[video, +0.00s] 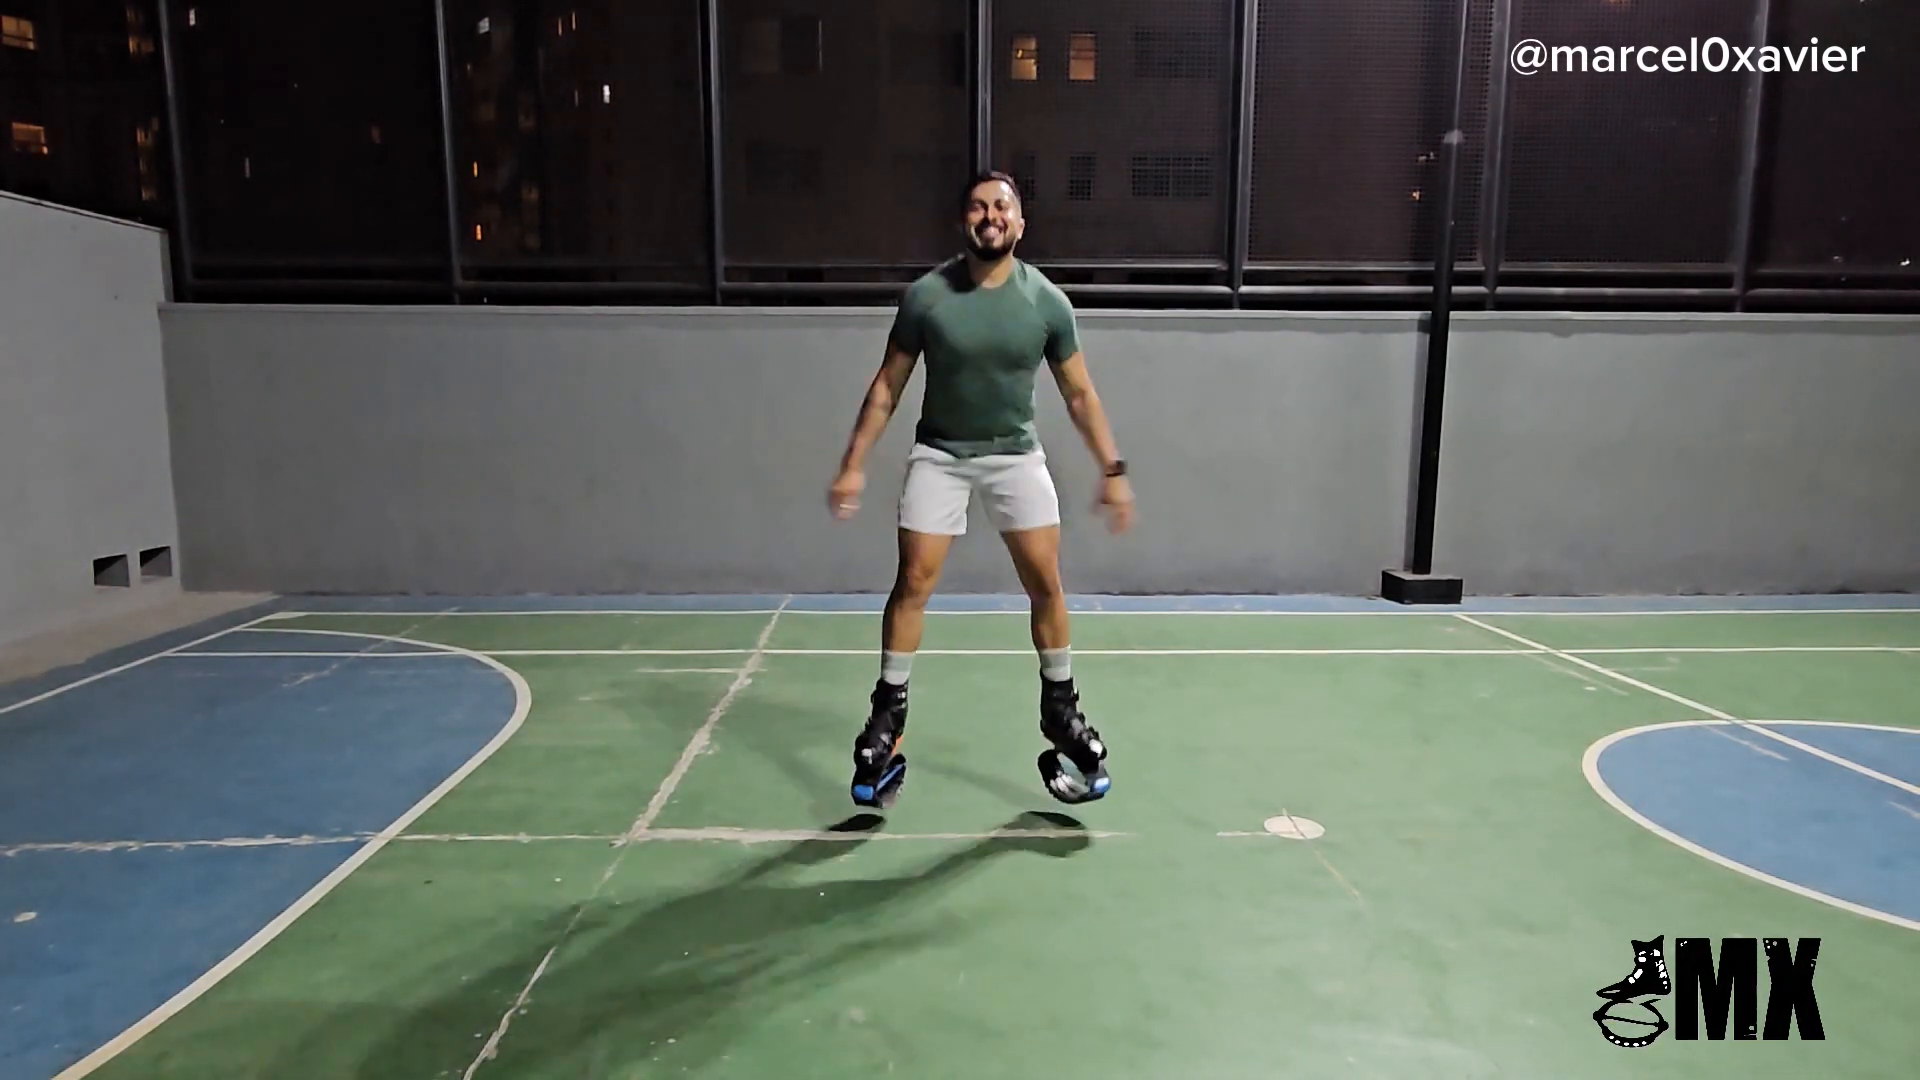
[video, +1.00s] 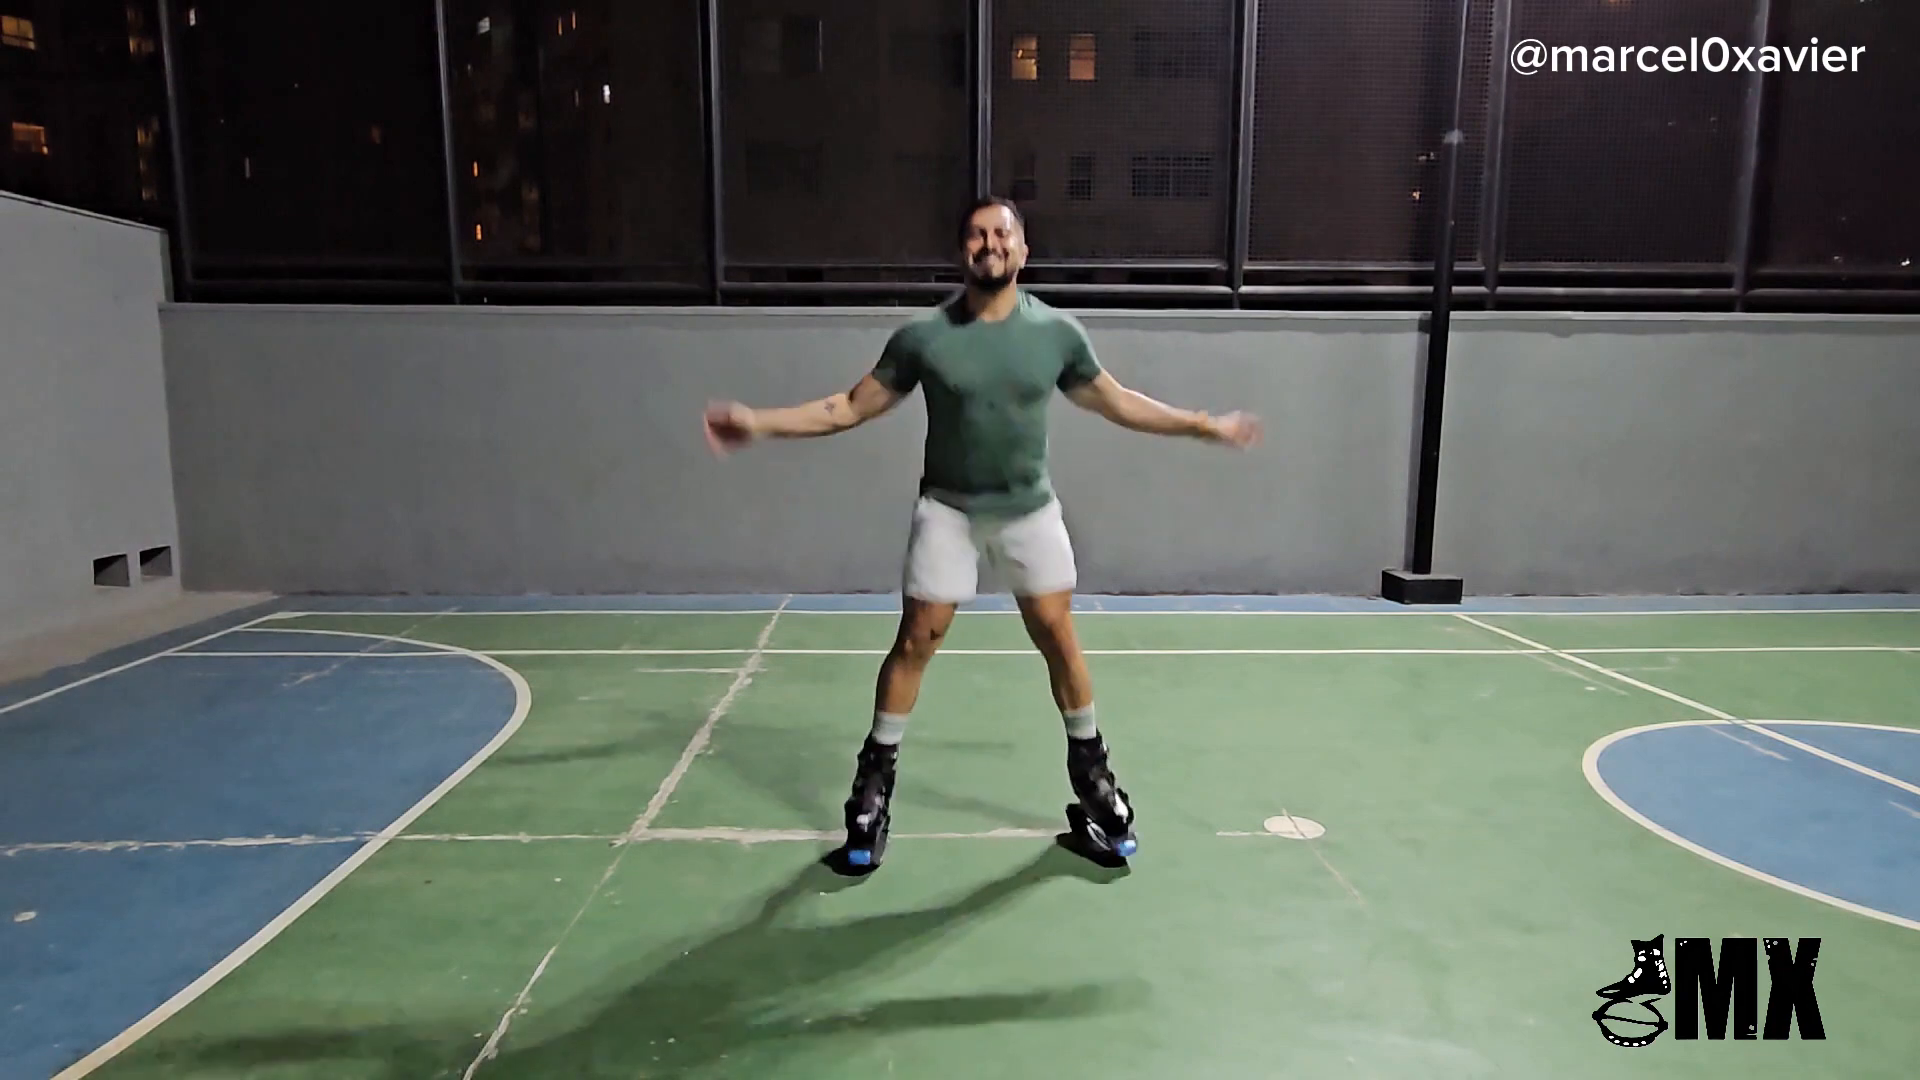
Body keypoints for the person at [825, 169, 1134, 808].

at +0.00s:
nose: (990, 215)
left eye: (1002, 206)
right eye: (979, 206)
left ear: (1021, 222)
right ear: (963, 221)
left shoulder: (1045, 301)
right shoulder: (927, 296)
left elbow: (1080, 393)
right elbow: (887, 387)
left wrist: (1112, 468)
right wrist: (853, 463)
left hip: (1016, 459)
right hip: (939, 459)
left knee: (1046, 582)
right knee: (914, 580)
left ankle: (1061, 709)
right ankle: (887, 713)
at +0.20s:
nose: (984, 244)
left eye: (995, 234)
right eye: (972, 235)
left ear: (1014, 250)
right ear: (957, 251)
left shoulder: (1045, 326)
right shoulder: (920, 327)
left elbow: (1117, 390)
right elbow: (857, 394)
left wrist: (1194, 372)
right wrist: (785, 370)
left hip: (1020, 499)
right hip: (942, 499)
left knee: (1037, 616)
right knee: (920, 618)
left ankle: (1059, 752)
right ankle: (886, 760)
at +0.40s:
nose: (986, 191)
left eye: (997, 182)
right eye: (973, 183)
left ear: (1015, 200)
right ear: (956, 203)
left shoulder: (1049, 276)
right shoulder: (921, 277)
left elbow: (1079, 362)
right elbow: (904, 377)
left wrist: (1057, 417)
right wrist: (914, 457)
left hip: (1020, 444)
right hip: (943, 445)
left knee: (1028, 571)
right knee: (937, 571)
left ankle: (1033, 708)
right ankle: (923, 714)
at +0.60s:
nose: (988, 255)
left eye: (997, 244)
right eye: (974, 246)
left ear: (1012, 255)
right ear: (955, 260)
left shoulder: (1043, 329)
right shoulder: (924, 332)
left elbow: (1041, 400)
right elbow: (935, 414)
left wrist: (965, 337)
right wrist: (1010, 384)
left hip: (1019, 510)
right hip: (948, 510)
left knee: (1011, 632)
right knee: (954, 635)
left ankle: (1005, 767)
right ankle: (949, 772)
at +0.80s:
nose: (985, 181)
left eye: (997, 169)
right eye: (972, 171)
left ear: (1019, 183)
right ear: (956, 187)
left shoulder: (1055, 264)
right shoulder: (922, 264)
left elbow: (1088, 354)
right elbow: (888, 358)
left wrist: (1093, 408)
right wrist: (890, 441)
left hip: (1025, 449)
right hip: (945, 450)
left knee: (1032, 584)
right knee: (939, 580)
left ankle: (1034, 718)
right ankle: (927, 724)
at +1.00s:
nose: (988, 246)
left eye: (1000, 236)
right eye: (977, 236)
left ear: (1023, 253)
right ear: (963, 254)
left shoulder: (1056, 335)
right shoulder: (924, 340)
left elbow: (1117, 403)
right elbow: (848, 407)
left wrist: (1203, 424)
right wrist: (757, 423)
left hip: (1029, 509)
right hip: (947, 509)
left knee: (1057, 637)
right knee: (918, 637)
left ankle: (1092, 775)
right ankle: (874, 784)